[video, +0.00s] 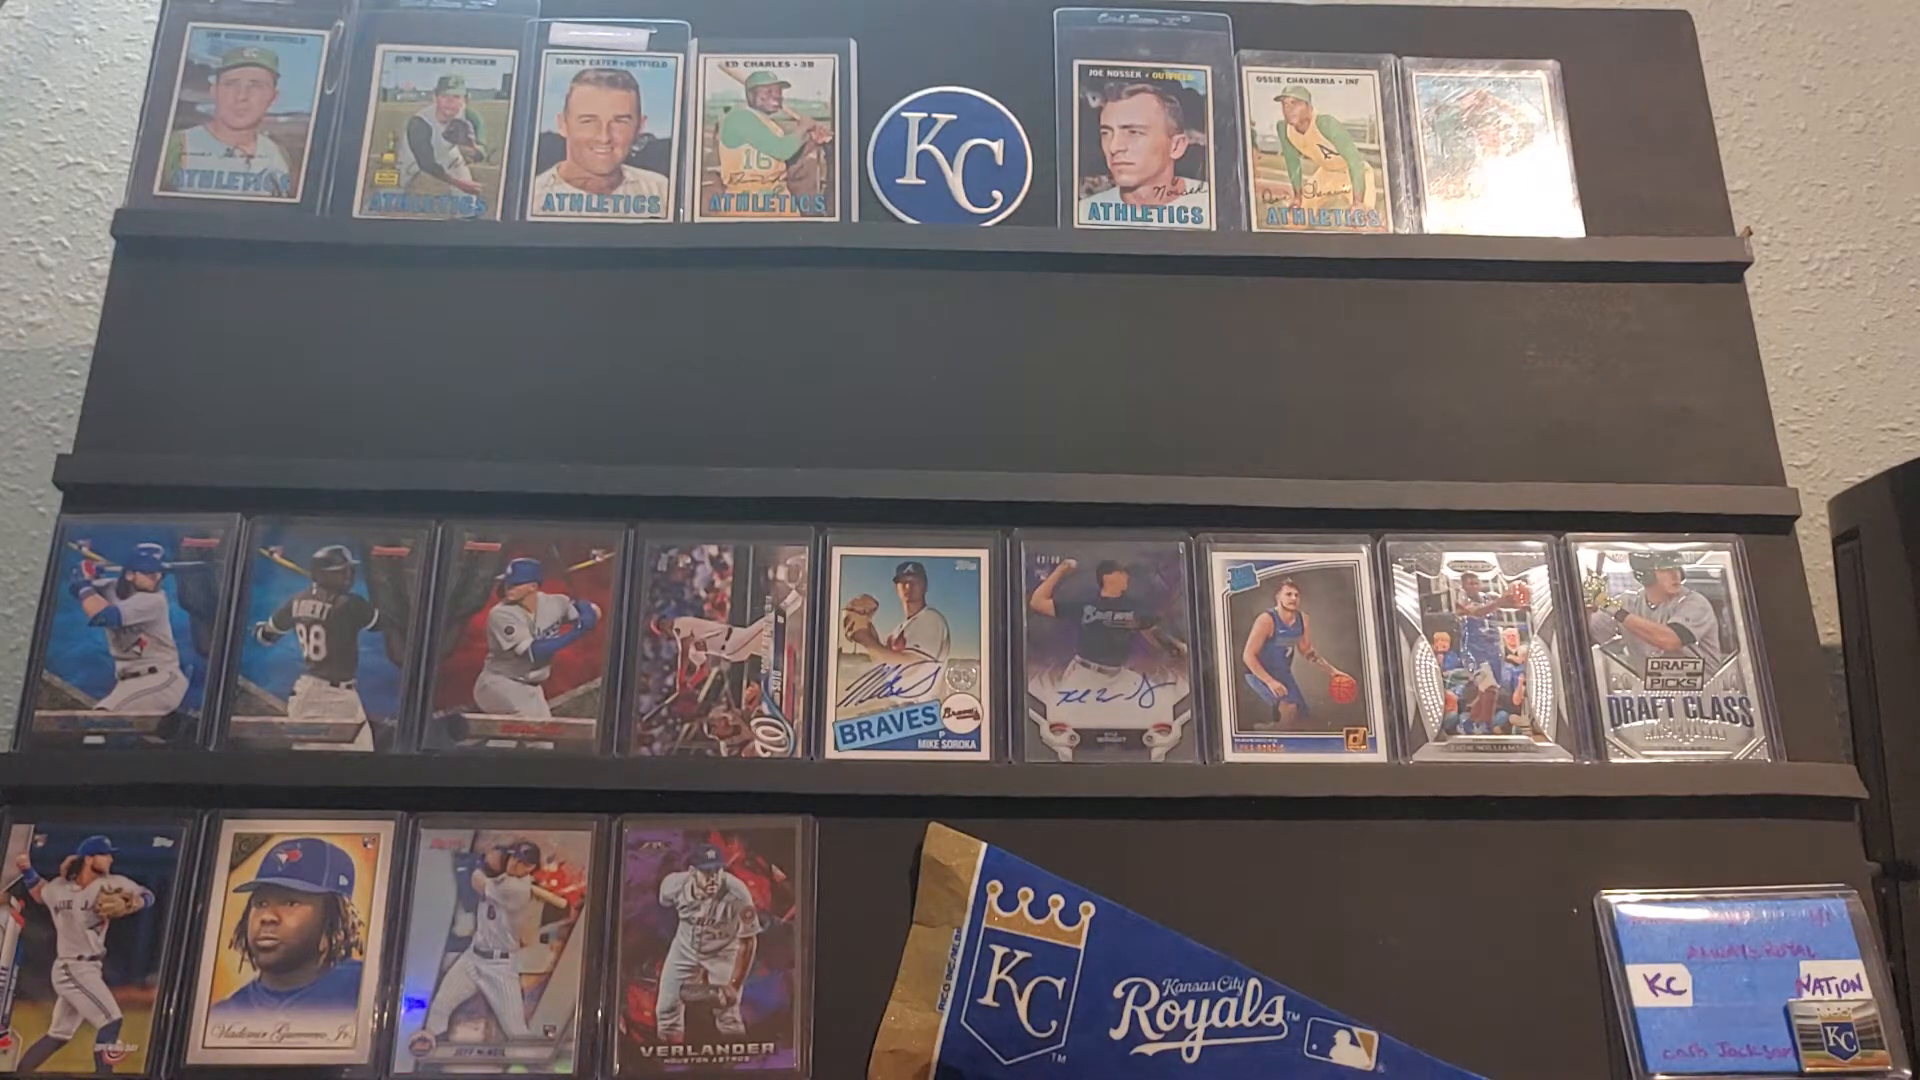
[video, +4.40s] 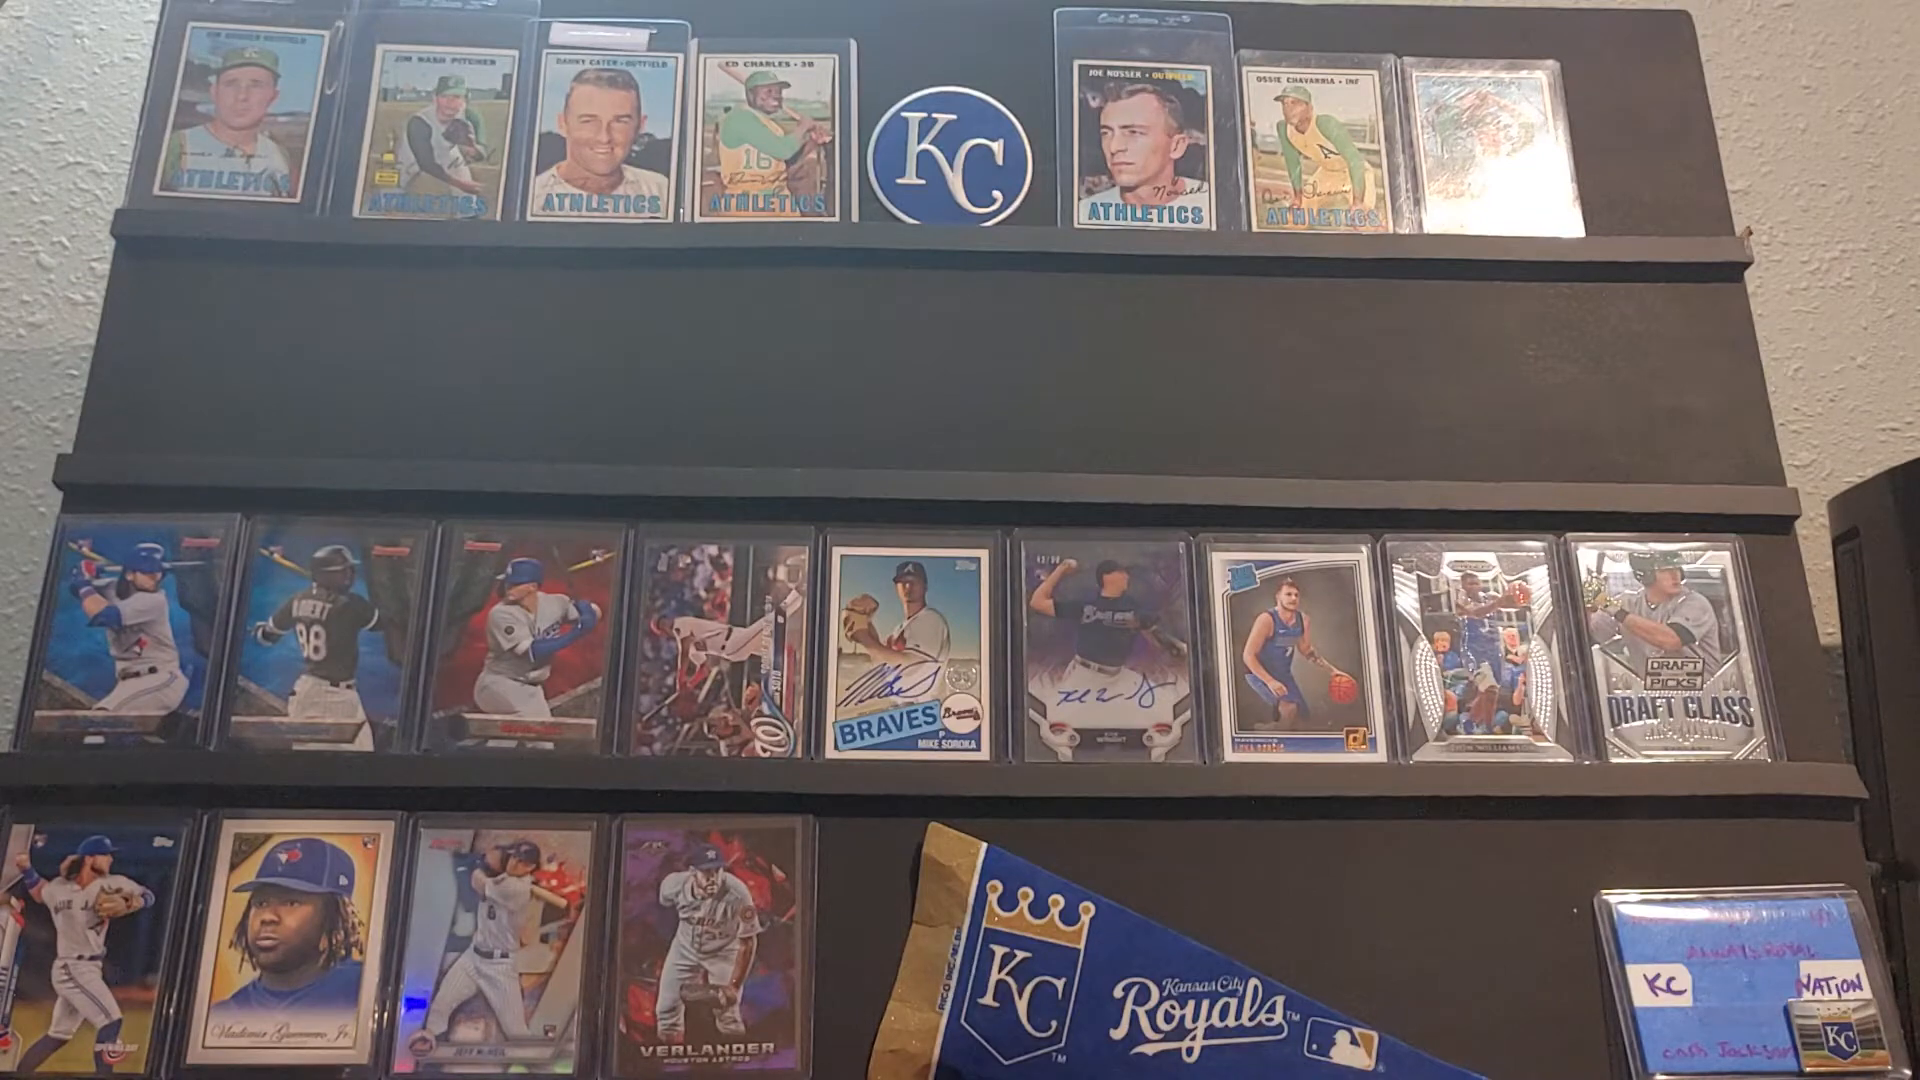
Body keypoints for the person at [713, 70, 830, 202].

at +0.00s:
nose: (776, 96)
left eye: (778, 91)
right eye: (768, 92)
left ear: (782, 94)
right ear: (752, 96)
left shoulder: (774, 127)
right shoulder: (739, 118)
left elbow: (786, 162)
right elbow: (783, 151)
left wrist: (811, 142)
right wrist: (803, 128)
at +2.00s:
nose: (776, 97)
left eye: (779, 92)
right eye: (768, 92)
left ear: (782, 94)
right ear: (751, 95)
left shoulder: (775, 128)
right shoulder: (738, 118)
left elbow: (784, 169)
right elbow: (782, 151)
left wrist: (811, 143)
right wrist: (802, 129)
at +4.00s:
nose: (776, 97)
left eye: (779, 92)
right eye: (769, 92)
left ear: (782, 93)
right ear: (751, 95)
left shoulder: (773, 125)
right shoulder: (738, 118)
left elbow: (784, 168)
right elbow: (783, 151)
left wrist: (811, 143)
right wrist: (802, 128)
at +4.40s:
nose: (776, 97)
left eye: (779, 92)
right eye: (769, 92)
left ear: (782, 93)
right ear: (751, 95)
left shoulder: (773, 126)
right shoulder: (738, 119)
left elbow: (785, 166)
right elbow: (783, 151)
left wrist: (811, 143)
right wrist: (802, 127)